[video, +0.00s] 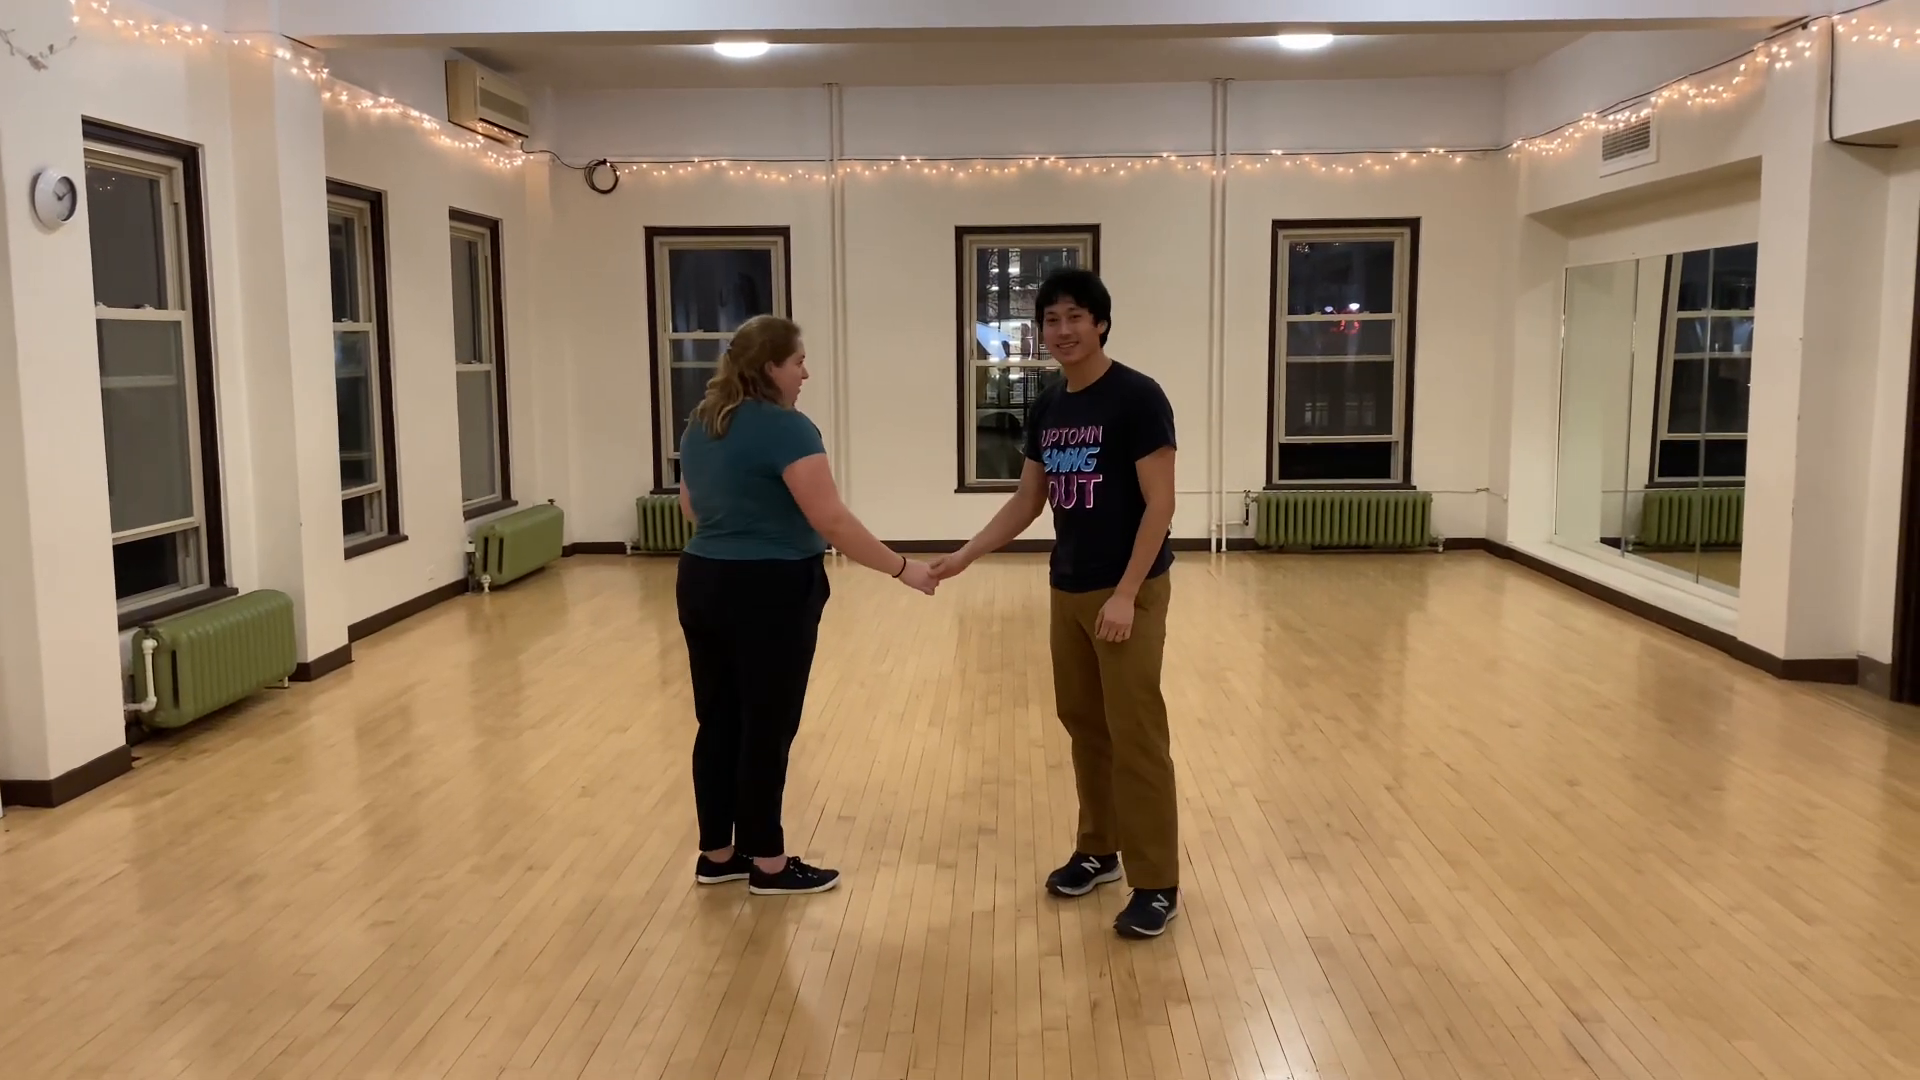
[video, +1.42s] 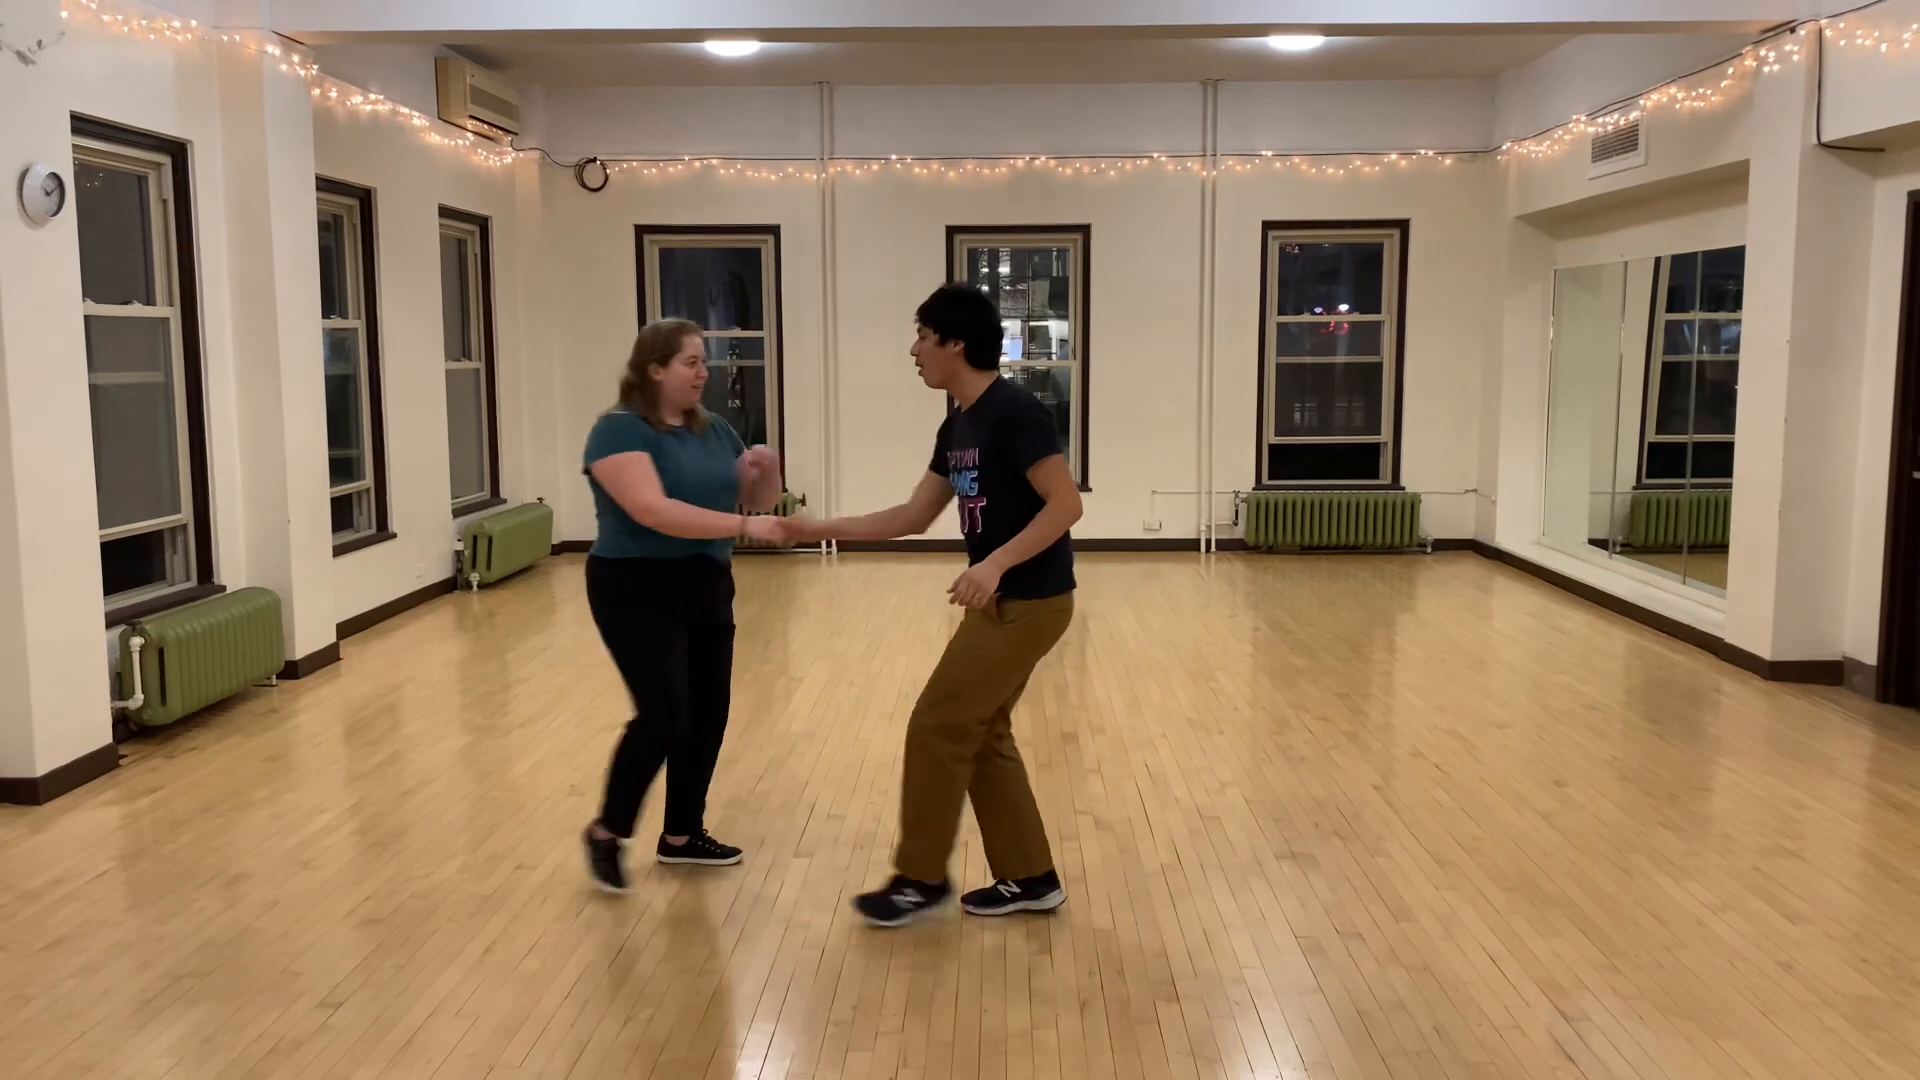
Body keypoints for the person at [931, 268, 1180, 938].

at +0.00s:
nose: (1063, 330)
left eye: (1075, 317)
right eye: (1052, 320)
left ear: (1102, 323)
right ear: (1042, 330)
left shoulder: (1139, 399)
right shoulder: (1047, 406)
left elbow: (1160, 506)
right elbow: (1027, 500)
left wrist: (1126, 593)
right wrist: (961, 557)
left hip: (1130, 594)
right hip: (1070, 593)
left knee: (1135, 738)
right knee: (1085, 727)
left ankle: (1156, 885)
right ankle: (1099, 849)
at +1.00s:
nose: (976, 362)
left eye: (981, 349)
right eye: (975, 349)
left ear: (1016, 350)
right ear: (1020, 350)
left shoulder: (1072, 416)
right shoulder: (1033, 414)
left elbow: (1109, 523)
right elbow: (1035, 512)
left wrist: (1045, 602)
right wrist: (961, 548)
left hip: (1099, 604)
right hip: (1054, 602)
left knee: (1107, 734)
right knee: (1028, 737)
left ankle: (1184, 864)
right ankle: (1037, 880)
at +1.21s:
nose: (936, 343)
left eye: (944, 331)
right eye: (938, 330)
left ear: (980, 338)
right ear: (976, 336)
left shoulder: (1038, 403)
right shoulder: (993, 411)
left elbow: (1087, 502)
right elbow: (987, 507)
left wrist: (1017, 569)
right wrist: (903, 536)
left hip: (1059, 591)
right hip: (1026, 591)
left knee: (1006, 727)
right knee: (1013, 728)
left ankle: (1098, 855)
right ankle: (1035, 878)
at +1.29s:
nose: (926, 343)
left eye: (936, 331)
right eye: (929, 331)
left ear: (970, 339)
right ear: (968, 341)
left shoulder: (1028, 406)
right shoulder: (977, 419)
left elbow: (1078, 500)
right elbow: (954, 512)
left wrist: (1009, 562)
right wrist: (867, 529)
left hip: (1046, 597)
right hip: (1021, 594)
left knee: (973, 726)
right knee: (1005, 726)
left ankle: (1031, 876)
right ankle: (1033, 873)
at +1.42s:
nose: (913, 350)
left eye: (922, 338)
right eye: (916, 337)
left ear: (957, 347)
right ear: (956, 347)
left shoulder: (1016, 412)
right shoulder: (957, 423)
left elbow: (1067, 504)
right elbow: (916, 515)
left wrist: (994, 564)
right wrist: (820, 529)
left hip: (1031, 602)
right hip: (997, 599)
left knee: (938, 724)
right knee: (983, 735)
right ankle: (1031, 877)